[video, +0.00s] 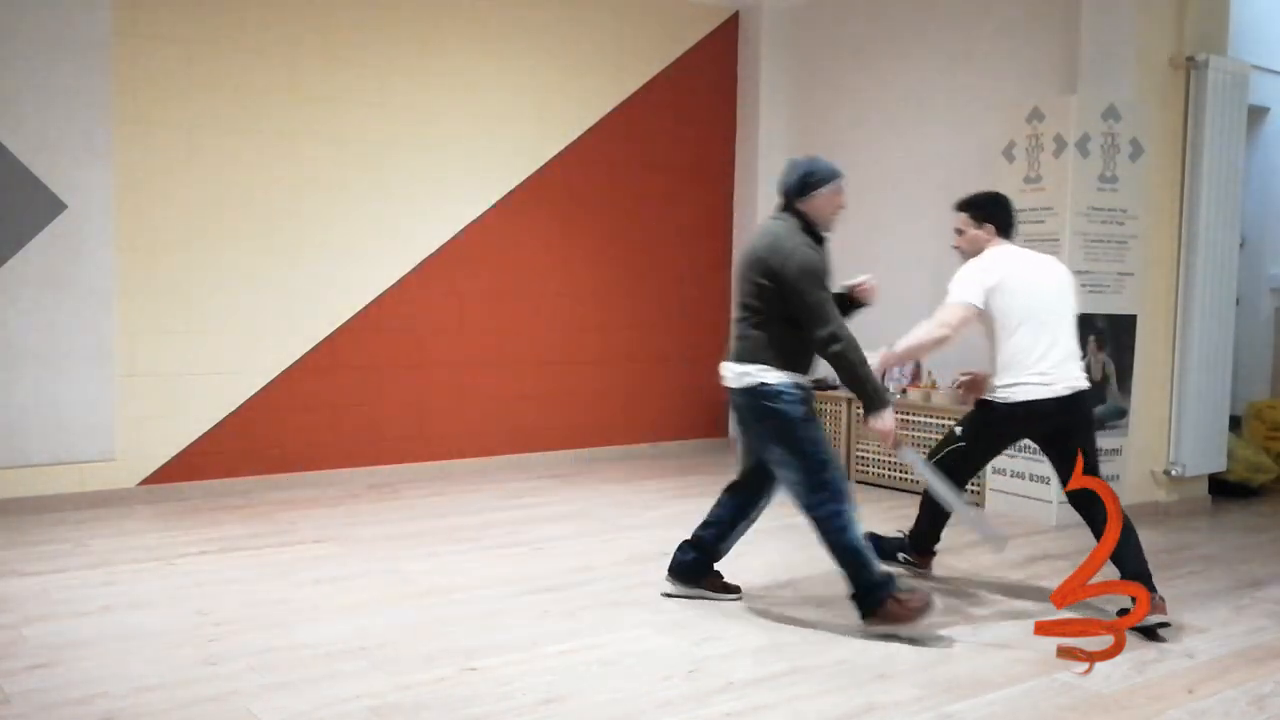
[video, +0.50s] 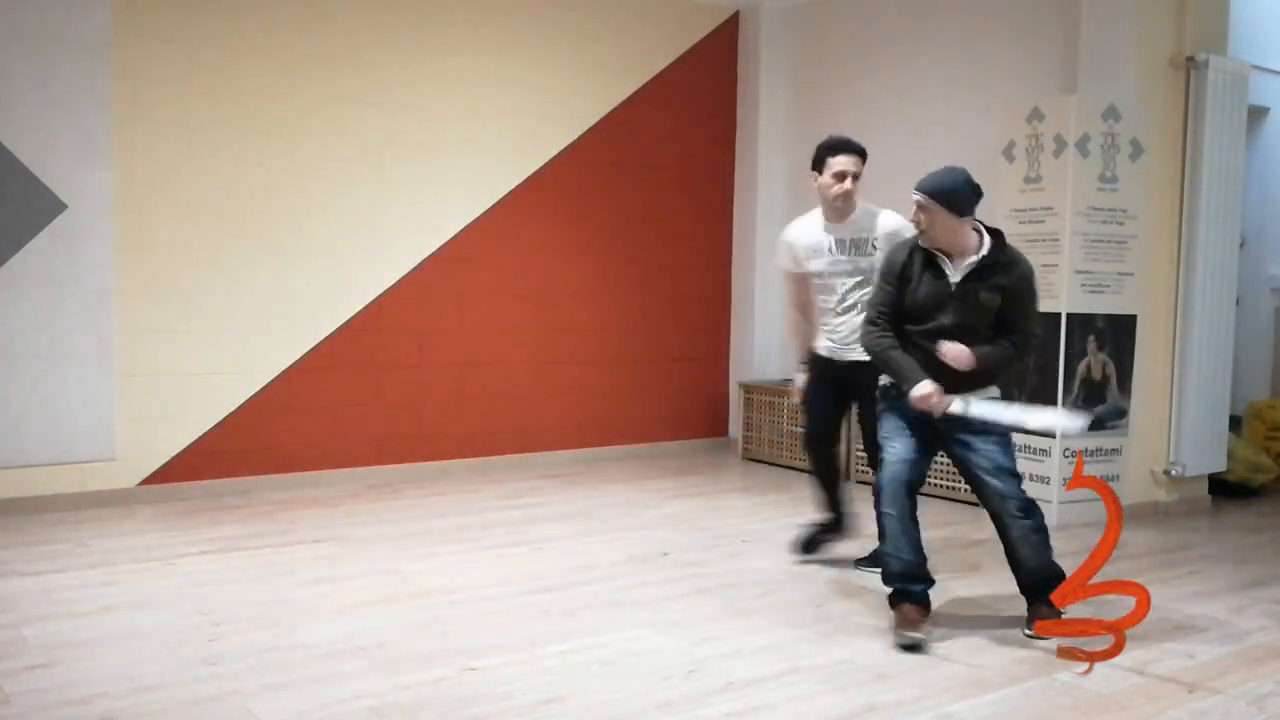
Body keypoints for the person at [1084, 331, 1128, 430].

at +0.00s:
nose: (1088, 346)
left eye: (1090, 343)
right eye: (1088, 343)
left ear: (1097, 345)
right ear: (1089, 345)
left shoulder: (1107, 363)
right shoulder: (1086, 362)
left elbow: (1113, 384)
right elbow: (1079, 378)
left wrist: (1115, 399)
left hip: (1104, 400)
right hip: (1088, 400)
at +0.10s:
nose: (1088, 346)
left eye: (1091, 343)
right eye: (1088, 343)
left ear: (1098, 345)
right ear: (1088, 346)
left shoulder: (1107, 363)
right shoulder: (1083, 364)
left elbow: (1113, 386)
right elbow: (1076, 388)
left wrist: (1118, 402)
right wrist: (1069, 406)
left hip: (1102, 404)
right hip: (1084, 404)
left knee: (1121, 411)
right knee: (1069, 411)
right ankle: (1094, 423)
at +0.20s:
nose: (1088, 346)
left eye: (1091, 342)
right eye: (1088, 342)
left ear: (1099, 344)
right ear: (1088, 345)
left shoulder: (1108, 365)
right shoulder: (1083, 365)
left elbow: (1113, 387)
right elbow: (1076, 389)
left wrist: (1117, 403)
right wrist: (1071, 405)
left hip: (1102, 404)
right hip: (1085, 404)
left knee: (1121, 411)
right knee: (1071, 410)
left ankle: (1085, 422)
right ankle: (1098, 424)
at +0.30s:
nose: (1088, 346)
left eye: (1091, 342)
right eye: (1088, 343)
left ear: (1099, 344)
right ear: (1087, 346)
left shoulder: (1108, 365)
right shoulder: (1083, 365)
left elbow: (1113, 388)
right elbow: (1076, 390)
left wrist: (1118, 404)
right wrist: (1071, 406)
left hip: (1102, 405)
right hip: (1085, 404)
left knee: (1121, 411)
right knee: (1071, 410)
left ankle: (1084, 422)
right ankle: (1098, 424)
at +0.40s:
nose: (1088, 346)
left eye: (1091, 342)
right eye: (1088, 343)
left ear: (1099, 344)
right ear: (1087, 345)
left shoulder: (1108, 365)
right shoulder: (1083, 365)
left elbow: (1113, 388)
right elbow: (1076, 390)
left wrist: (1118, 404)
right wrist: (1071, 406)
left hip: (1102, 404)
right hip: (1085, 404)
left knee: (1121, 411)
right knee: (1071, 410)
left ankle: (1084, 422)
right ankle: (1098, 424)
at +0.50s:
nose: (1088, 346)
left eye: (1091, 342)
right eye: (1088, 342)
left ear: (1098, 344)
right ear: (1088, 346)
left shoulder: (1108, 365)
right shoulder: (1083, 365)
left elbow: (1113, 388)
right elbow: (1076, 389)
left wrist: (1119, 403)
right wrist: (1070, 405)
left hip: (1102, 404)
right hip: (1084, 404)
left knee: (1122, 411)